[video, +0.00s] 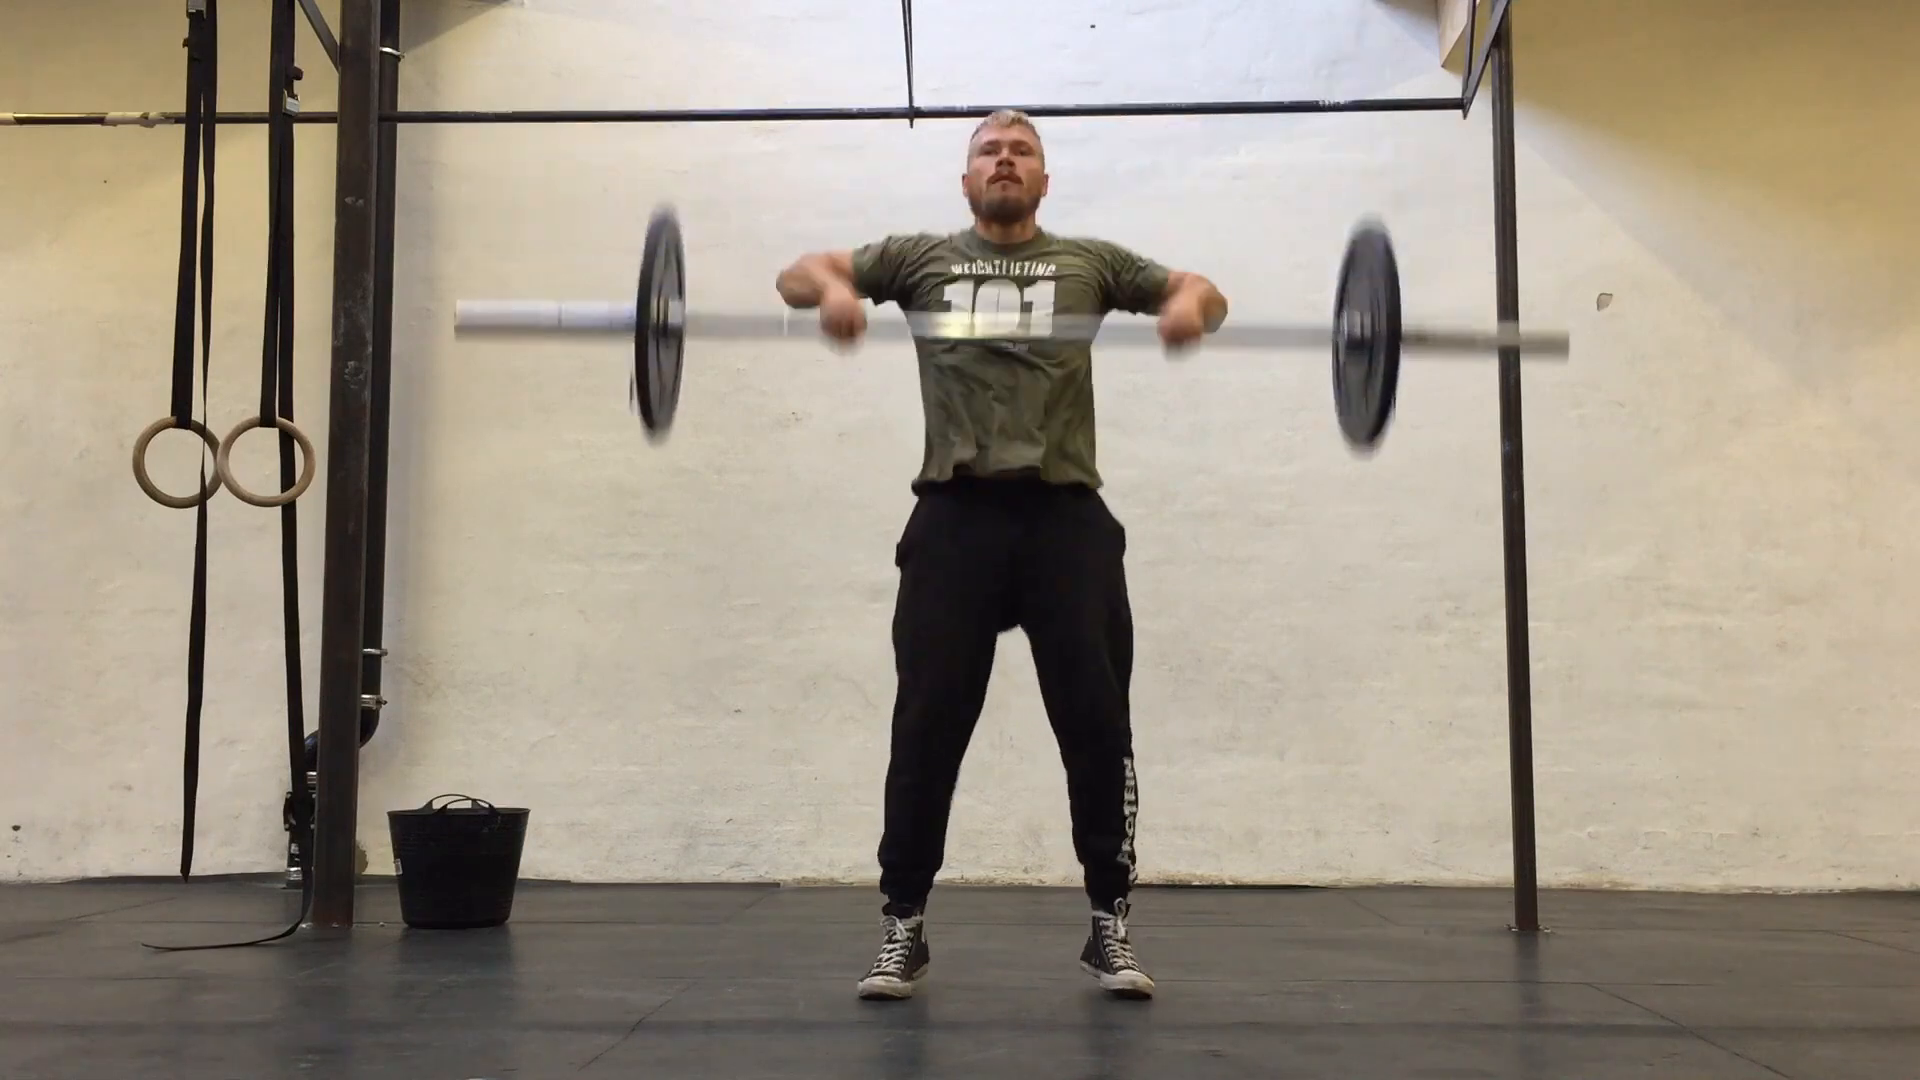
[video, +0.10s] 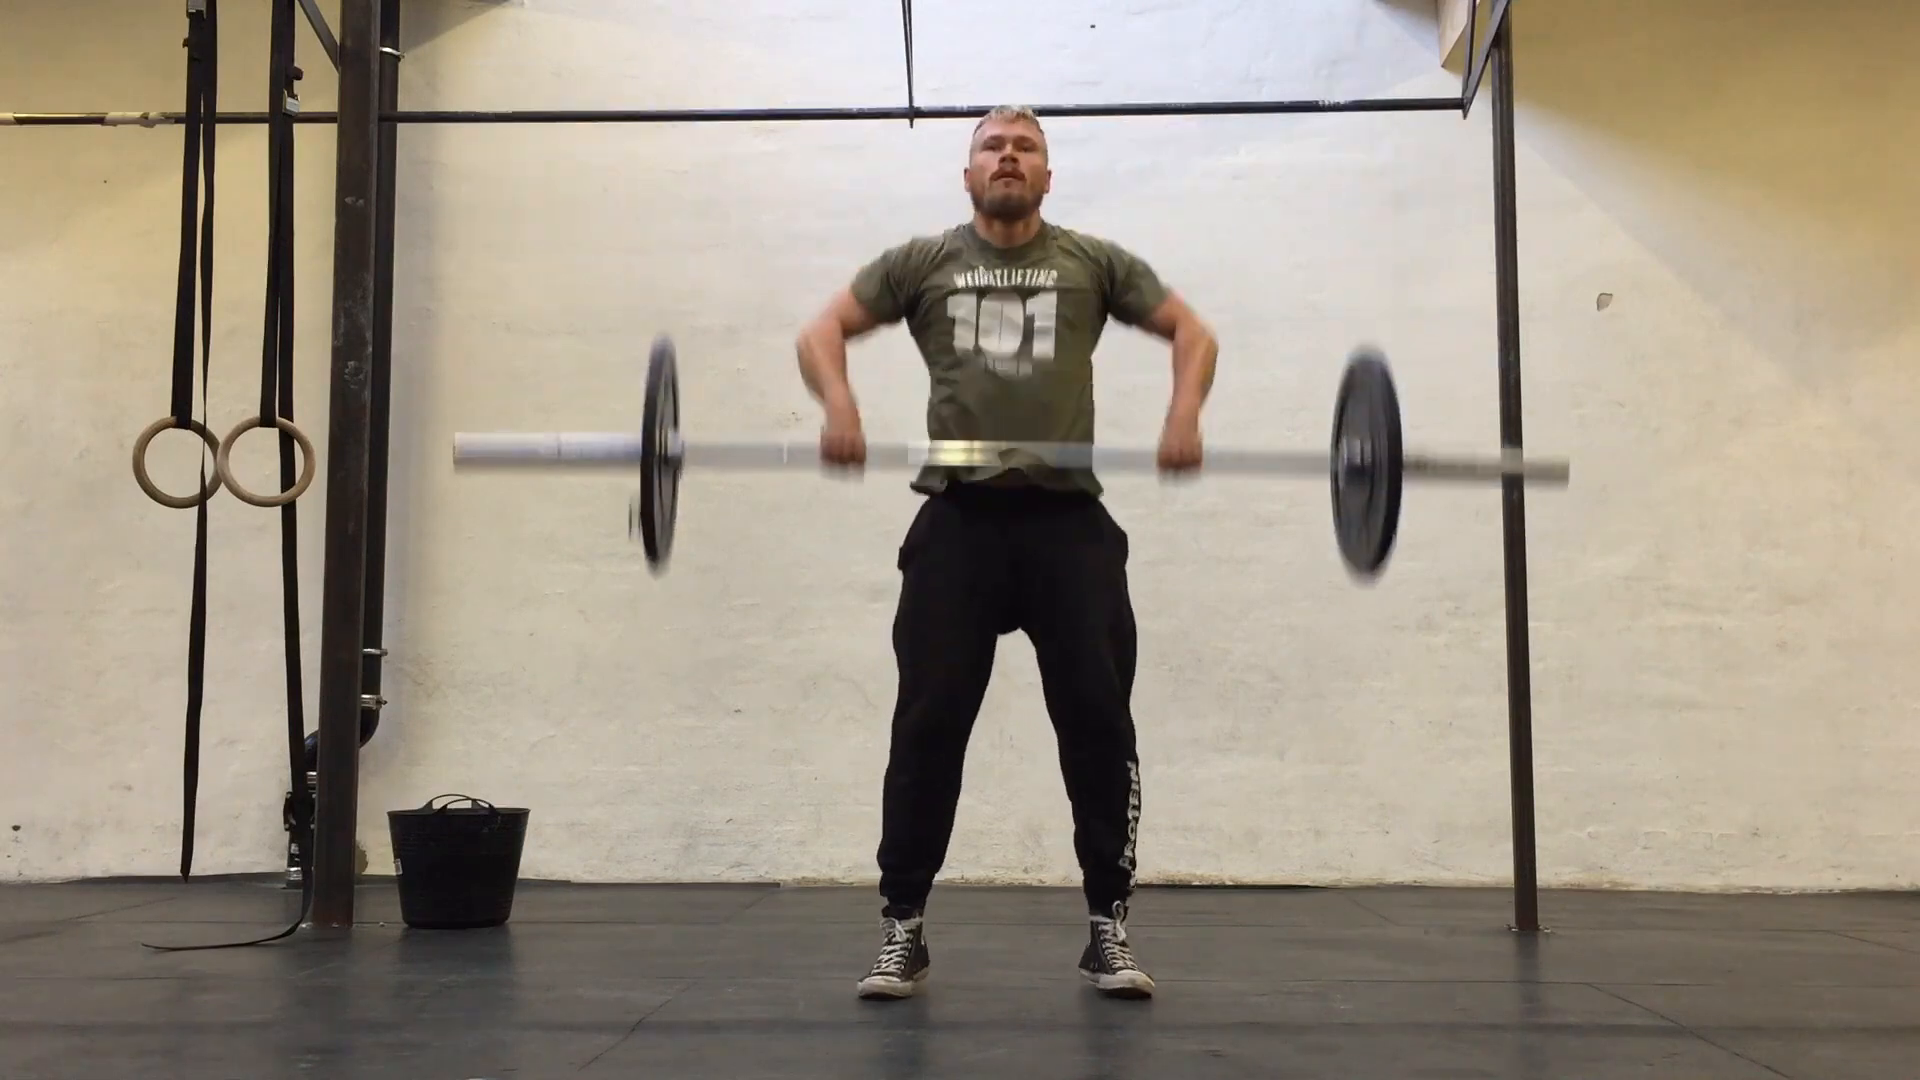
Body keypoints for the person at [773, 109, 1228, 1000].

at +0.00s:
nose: (1005, 159)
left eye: (1021, 150)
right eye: (988, 149)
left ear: (1045, 178)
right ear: (964, 179)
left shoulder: (1088, 263)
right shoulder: (921, 258)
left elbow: (1202, 293)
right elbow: (798, 274)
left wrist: (1188, 303)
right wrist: (834, 286)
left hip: (1067, 527)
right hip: (953, 527)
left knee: (1098, 729)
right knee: (925, 730)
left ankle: (1111, 928)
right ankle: (901, 930)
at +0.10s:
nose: (1009, 156)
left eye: (1025, 146)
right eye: (993, 145)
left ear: (1048, 173)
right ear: (966, 172)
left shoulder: (1090, 262)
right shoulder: (924, 263)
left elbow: (1194, 332)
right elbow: (820, 332)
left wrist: (1183, 416)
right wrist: (839, 406)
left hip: (1068, 526)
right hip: (957, 526)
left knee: (1099, 724)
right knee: (927, 723)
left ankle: (1110, 927)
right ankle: (902, 929)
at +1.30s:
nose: (1007, 283)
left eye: (1024, 274)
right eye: (991, 273)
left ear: (1047, 306)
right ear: (965, 304)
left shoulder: (1090, 398)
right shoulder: (925, 400)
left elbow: (1170, 446)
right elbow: (854, 446)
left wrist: (1167, 360)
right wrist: (843, 368)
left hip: (1064, 651)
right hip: (942, 650)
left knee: (1169, 777)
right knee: (855, 777)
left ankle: (1107, 944)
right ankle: (909, 945)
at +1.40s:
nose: (1006, 299)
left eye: (1022, 291)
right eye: (990, 290)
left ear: (1045, 321)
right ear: (964, 320)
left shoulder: (1089, 413)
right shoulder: (926, 415)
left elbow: (1170, 464)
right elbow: (854, 457)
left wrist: (1166, 376)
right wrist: (843, 382)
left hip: (1067, 666)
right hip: (943, 665)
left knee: (1176, 783)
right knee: (854, 787)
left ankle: (1107, 943)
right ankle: (908, 945)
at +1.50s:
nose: (1004, 279)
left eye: (1021, 271)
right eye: (988, 270)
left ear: (1044, 303)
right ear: (963, 301)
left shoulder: (1089, 392)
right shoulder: (924, 396)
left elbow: (1167, 442)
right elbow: (857, 436)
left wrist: (1166, 359)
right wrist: (843, 362)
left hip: (1066, 649)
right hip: (944, 648)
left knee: (1168, 776)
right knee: (857, 779)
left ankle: (1107, 943)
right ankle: (908, 945)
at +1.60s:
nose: (1002, 219)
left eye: (1018, 214)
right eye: (986, 214)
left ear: (1042, 252)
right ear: (962, 251)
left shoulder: (1081, 337)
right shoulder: (923, 339)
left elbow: (1158, 383)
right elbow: (860, 387)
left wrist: (1166, 309)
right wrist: (843, 315)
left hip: (1065, 607)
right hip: (942, 607)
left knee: (1139, 767)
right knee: (877, 767)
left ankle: (1108, 945)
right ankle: (907, 945)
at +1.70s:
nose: (1002, 173)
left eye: (1018, 168)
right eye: (986, 168)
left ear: (1041, 200)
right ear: (962, 201)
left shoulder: (1075, 279)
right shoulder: (924, 283)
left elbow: (1155, 303)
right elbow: (857, 318)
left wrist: (1169, 219)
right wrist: (841, 234)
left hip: (1060, 552)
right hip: (945, 552)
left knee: (1095, 747)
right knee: (916, 748)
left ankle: (1107, 938)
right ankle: (905, 938)